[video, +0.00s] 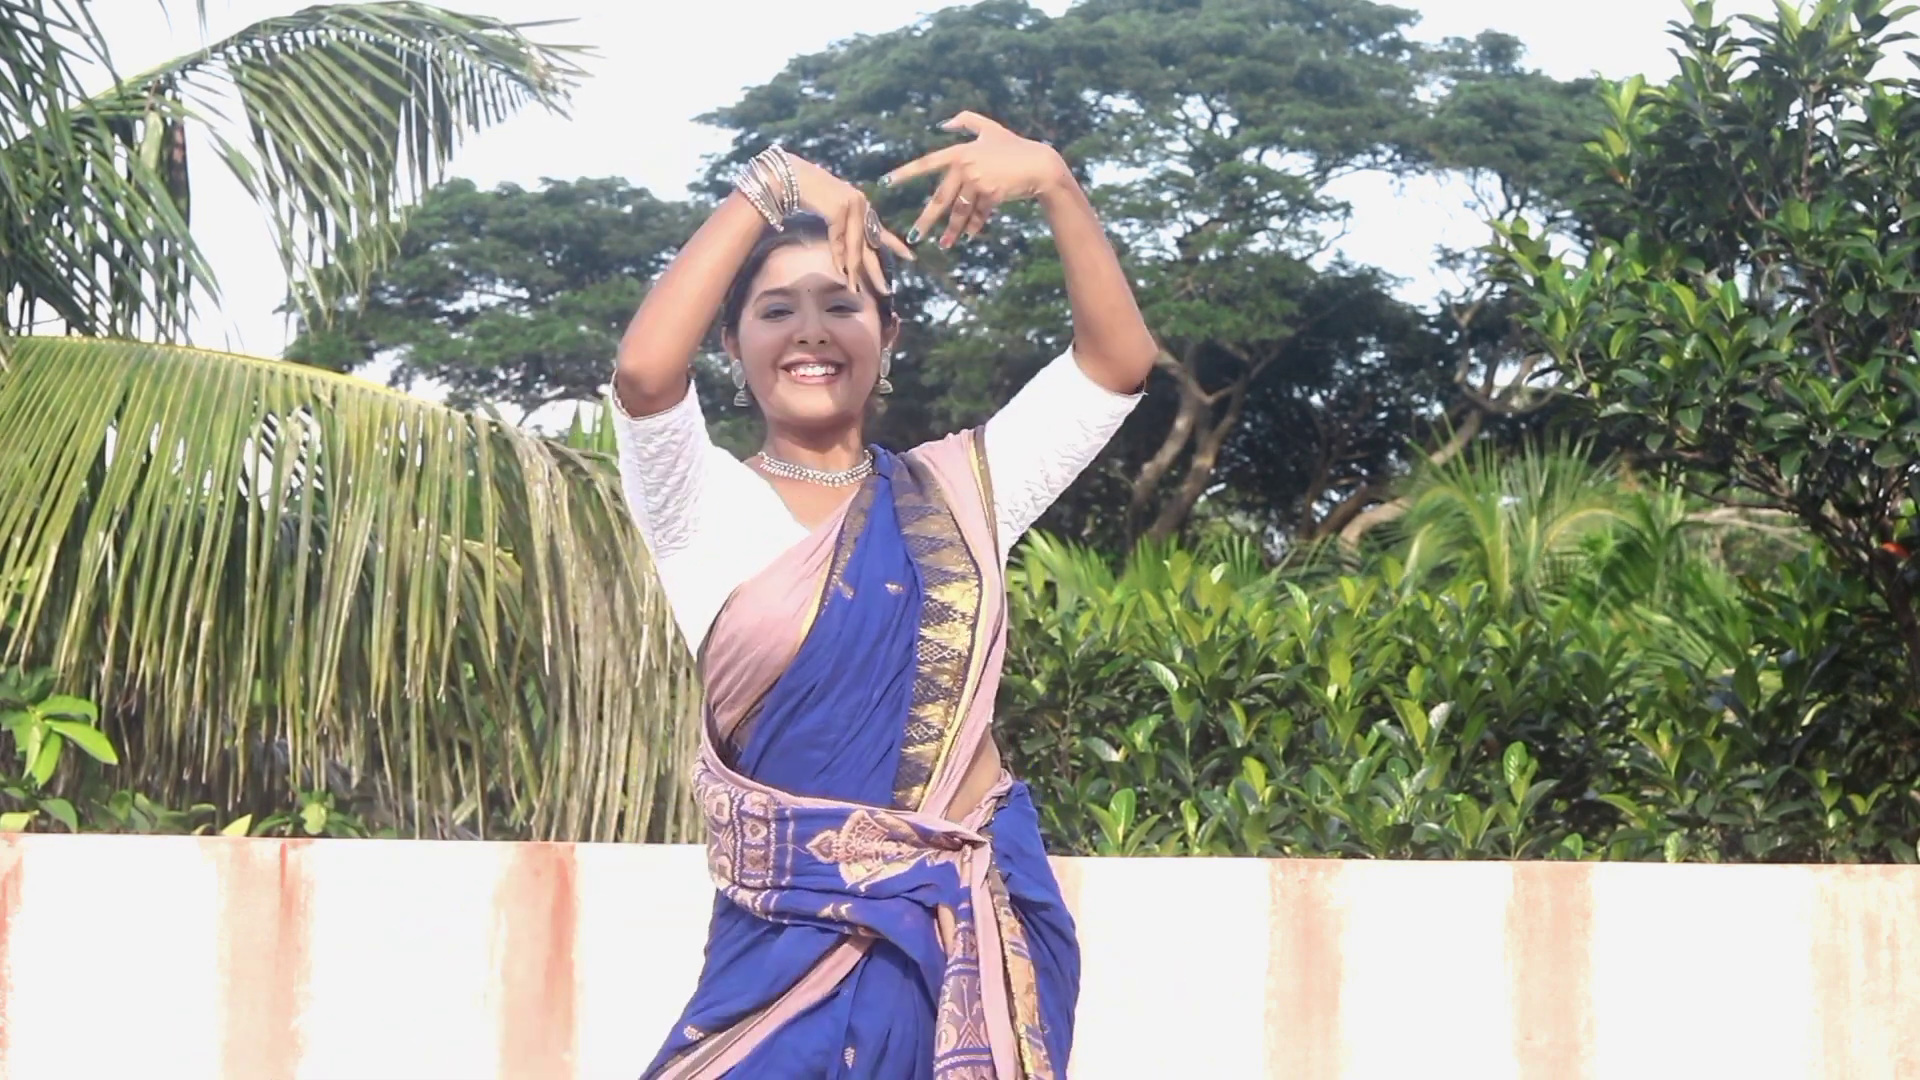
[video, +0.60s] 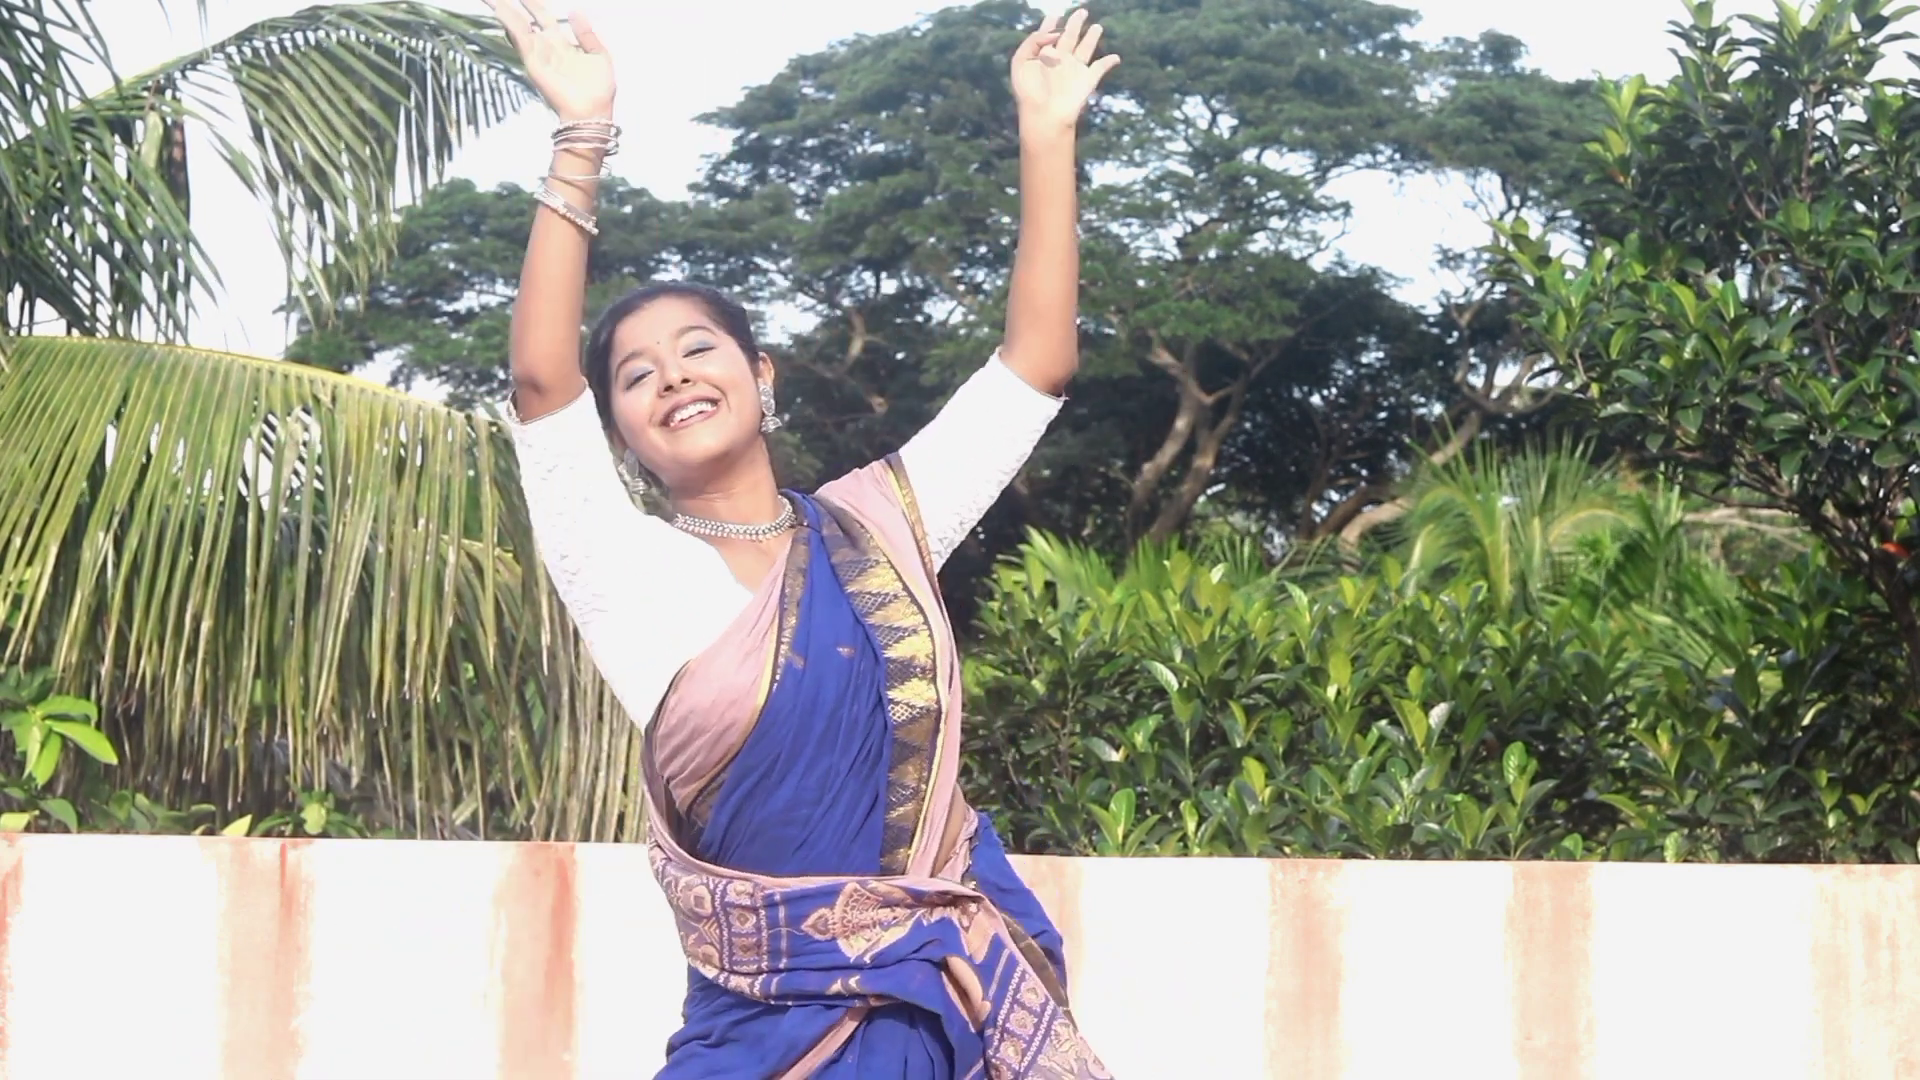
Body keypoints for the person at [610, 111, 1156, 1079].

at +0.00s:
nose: (811, 330)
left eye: (841, 302)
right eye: (776, 308)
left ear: (887, 335)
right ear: (736, 347)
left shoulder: (963, 486)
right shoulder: (700, 507)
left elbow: (1118, 359)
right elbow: (645, 374)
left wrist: (1055, 182)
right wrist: (771, 177)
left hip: (984, 916)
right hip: (791, 929)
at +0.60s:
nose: (674, 376)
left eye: (699, 349)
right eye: (639, 372)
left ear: (762, 383)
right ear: (619, 432)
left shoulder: (885, 516)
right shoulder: (636, 585)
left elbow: (1039, 358)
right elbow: (539, 382)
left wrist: (1048, 130)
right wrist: (580, 137)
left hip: (981, 1001)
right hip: (768, 1025)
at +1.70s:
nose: (624, 500)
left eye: (644, 460)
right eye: (595, 498)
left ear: (725, 453)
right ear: (599, 541)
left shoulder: (910, 570)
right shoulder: (641, 686)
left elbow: (1121, 524)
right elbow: (434, 611)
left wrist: (1197, 315)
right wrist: (296, 409)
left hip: (1031, 1019)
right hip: (837, 1057)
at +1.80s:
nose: (619, 501)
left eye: (636, 462)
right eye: (591, 501)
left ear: (724, 456)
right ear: (601, 547)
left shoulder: (909, 569)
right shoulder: (635, 691)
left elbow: (1123, 546)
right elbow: (416, 645)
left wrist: (1208, 352)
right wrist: (304, 423)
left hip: (1036, 1014)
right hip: (834, 1060)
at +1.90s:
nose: (615, 505)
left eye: (633, 465)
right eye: (588, 502)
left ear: (718, 455)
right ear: (595, 544)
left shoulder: (906, 572)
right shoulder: (632, 694)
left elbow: (1121, 554)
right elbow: (411, 655)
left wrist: (1233, 379)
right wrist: (303, 457)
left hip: (1033, 1013)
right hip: (827, 1054)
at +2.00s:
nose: (609, 509)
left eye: (627, 470)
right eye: (585, 506)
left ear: (716, 458)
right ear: (594, 546)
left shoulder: (905, 571)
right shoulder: (629, 694)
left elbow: (1124, 558)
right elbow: (402, 659)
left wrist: (1267, 396)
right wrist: (282, 470)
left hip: (1028, 1010)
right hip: (825, 1050)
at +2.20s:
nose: (591, 525)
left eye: (610, 485)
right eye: (572, 515)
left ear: (707, 467)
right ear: (586, 548)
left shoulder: (903, 575)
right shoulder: (629, 703)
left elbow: (1114, 575)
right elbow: (379, 679)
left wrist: (1299, 480)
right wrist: (222, 536)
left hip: (1022, 1017)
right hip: (824, 1055)